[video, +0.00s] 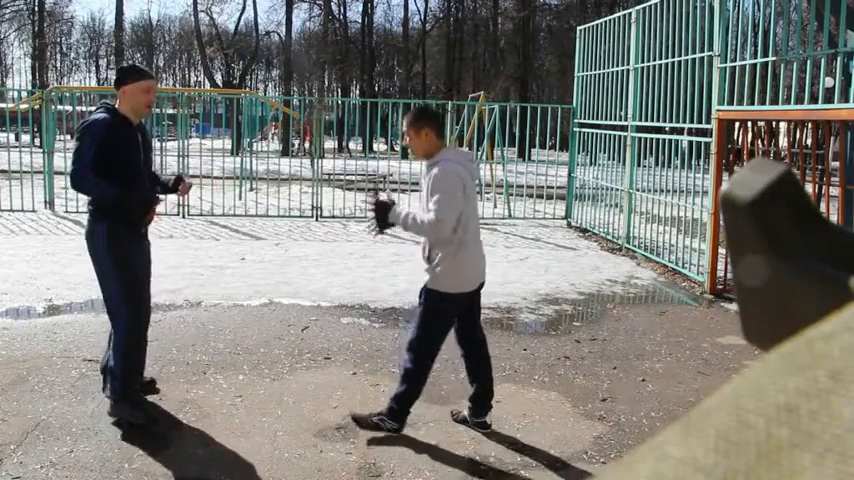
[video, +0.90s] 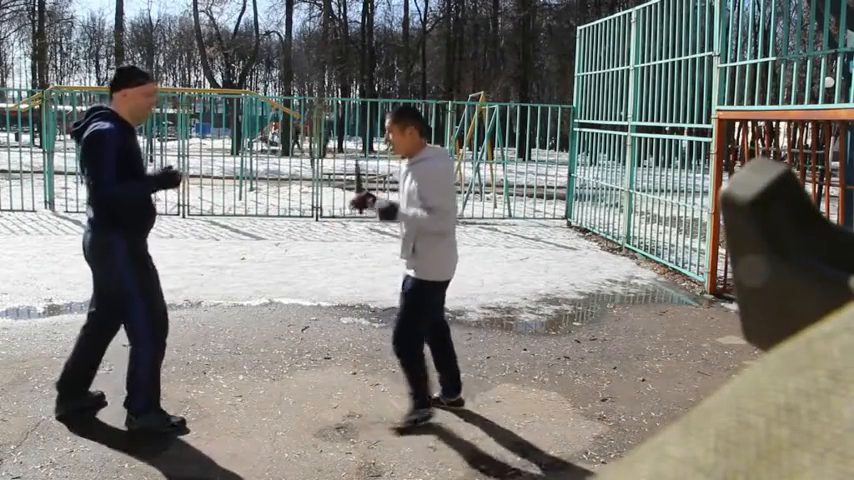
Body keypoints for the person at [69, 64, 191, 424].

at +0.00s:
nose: (152, 99)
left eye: (154, 92)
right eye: (146, 91)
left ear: (144, 95)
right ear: (124, 92)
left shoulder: (139, 132)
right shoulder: (100, 126)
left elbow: (141, 178)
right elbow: (80, 178)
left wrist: (171, 186)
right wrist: (131, 200)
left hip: (134, 232)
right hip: (108, 234)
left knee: (138, 310)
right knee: (128, 314)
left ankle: (124, 376)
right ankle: (123, 401)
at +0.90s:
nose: (154, 105)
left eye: (154, 97)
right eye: (149, 97)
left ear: (125, 96)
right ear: (124, 95)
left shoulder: (112, 129)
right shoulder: (106, 133)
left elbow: (114, 187)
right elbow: (109, 193)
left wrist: (153, 181)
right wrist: (159, 181)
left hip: (109, 244)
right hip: (118, 246)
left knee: (105, 317)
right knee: (150, 324)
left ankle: (71, 396)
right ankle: (144, 412)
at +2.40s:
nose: (145, 127)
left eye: (146, 120)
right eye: (142, 119)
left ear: (118, 118)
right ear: (120, 118)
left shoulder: (96, 145)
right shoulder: (111, 152)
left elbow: (137, 197)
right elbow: (143, 200)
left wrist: (179, 204)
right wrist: (188, 203)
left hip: (76, 252)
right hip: (94, 256)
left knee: (88, 319)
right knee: (145, 321)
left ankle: (37, 385)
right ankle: (173, 408)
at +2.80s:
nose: (133, 139)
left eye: (135, 133)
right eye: (130, 131)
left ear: (106, 127)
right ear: (107, 126)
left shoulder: (93, 155)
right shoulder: (88, 161)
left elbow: (118, 213)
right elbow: (119, 219)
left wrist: (155, 226)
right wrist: (164, 231)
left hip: (52, 254)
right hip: (62, 258)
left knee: (55, 321)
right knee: (115, 322)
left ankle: (5, 382)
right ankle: (134, 409)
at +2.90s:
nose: (121, 126)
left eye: (122, 119)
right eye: (116, 118)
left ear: (95, 118)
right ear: (92, 116)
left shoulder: (84, 148)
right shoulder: (67, 151)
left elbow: (92, 196)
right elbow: (77, 204)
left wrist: (130, 201)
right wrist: (132, 202)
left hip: (52, 249)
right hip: (58, 253)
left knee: (47, 321)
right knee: (104, 326)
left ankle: (5, 383)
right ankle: (133, 408)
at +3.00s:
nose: (105, 116)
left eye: (106, 109)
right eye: (100, 108)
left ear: (82, 108)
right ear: (77, 106)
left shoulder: (71, 137)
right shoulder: (57, 140)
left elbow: (73, 188)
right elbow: (66, 195)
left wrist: (105, 171)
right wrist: (107, 171)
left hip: (54, 246)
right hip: (58, 249)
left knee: (40, 319)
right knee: (102, 316)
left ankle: (6, 383)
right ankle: (116, 404)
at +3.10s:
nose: (98, 106)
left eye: (98, 99)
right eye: (92, 98)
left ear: (74, 101)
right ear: (68, 99)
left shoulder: (65, 132)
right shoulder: (51, 134)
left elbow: (65, 186)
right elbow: (59, 188)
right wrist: (100, 172)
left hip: (56, 240)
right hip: (59, 243)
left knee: (42, 314)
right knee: (100, 314)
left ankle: (5, 382)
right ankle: (99, 401)